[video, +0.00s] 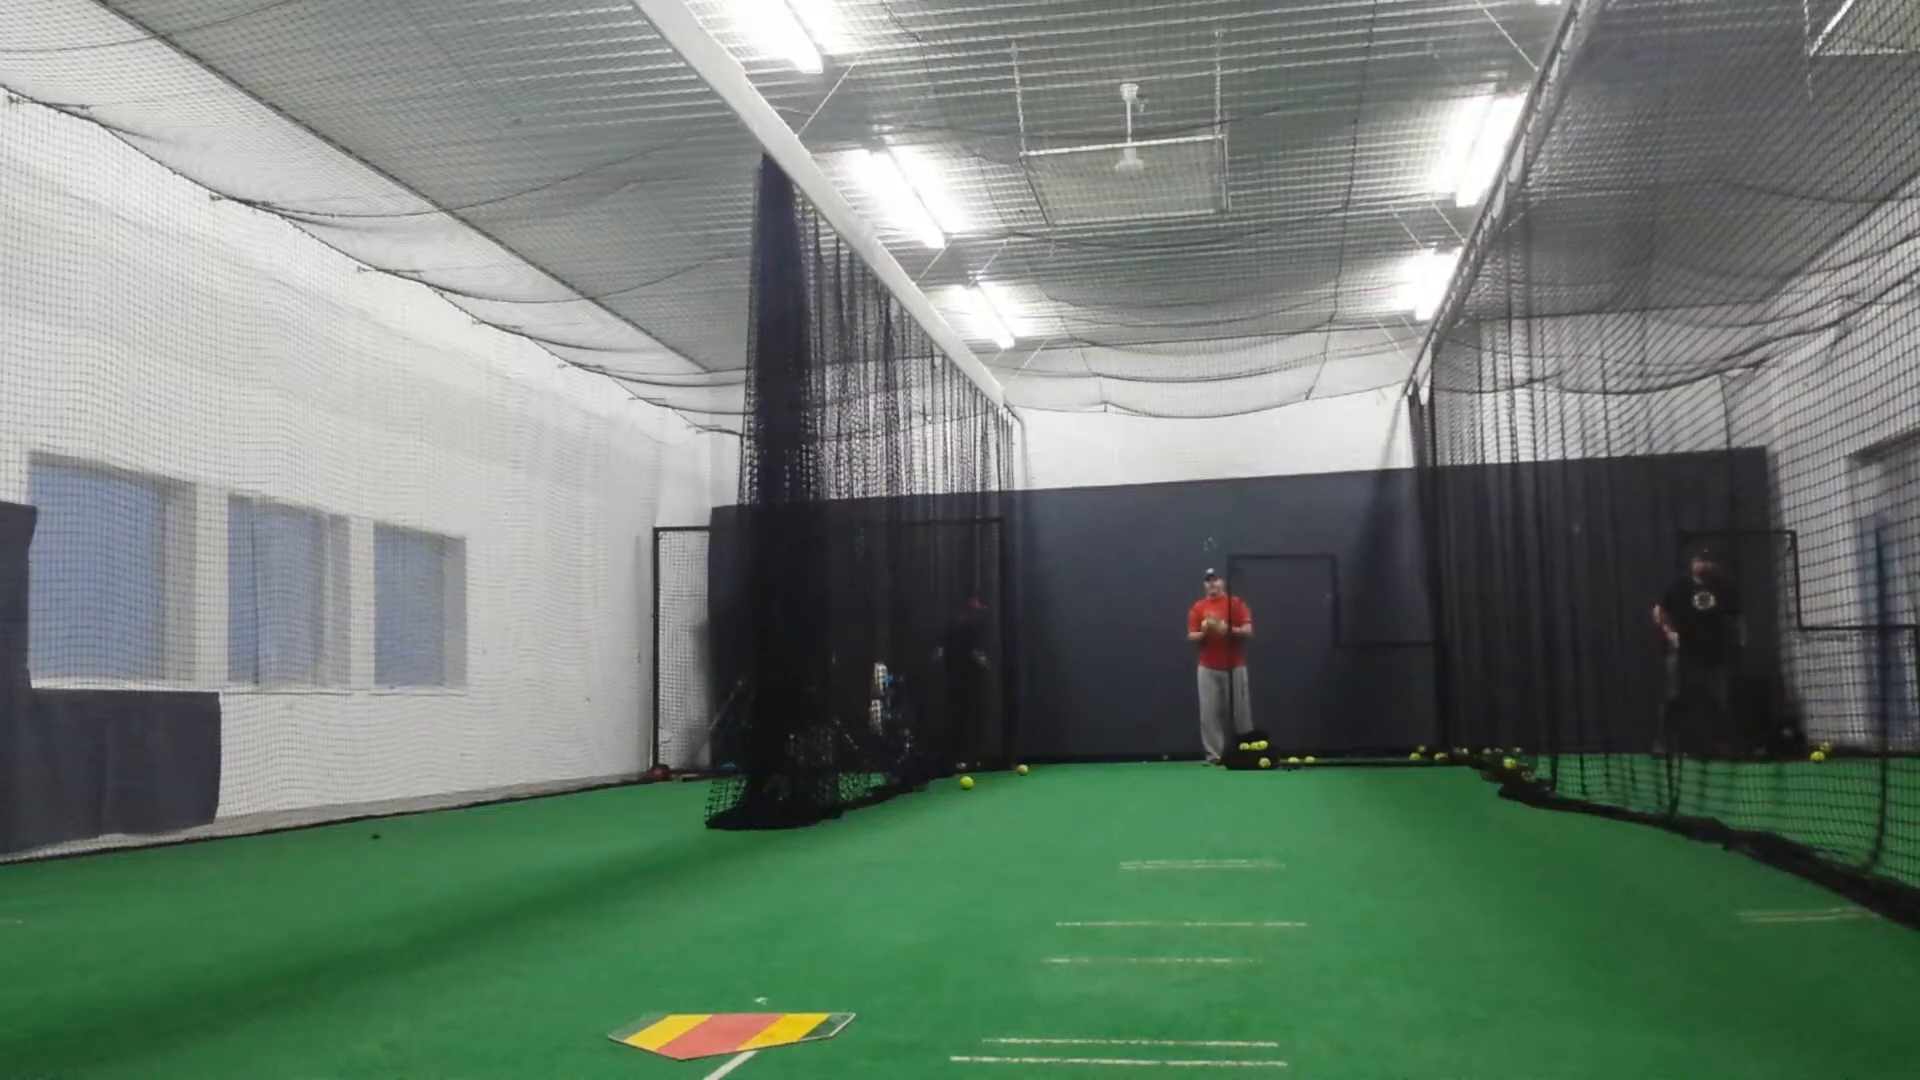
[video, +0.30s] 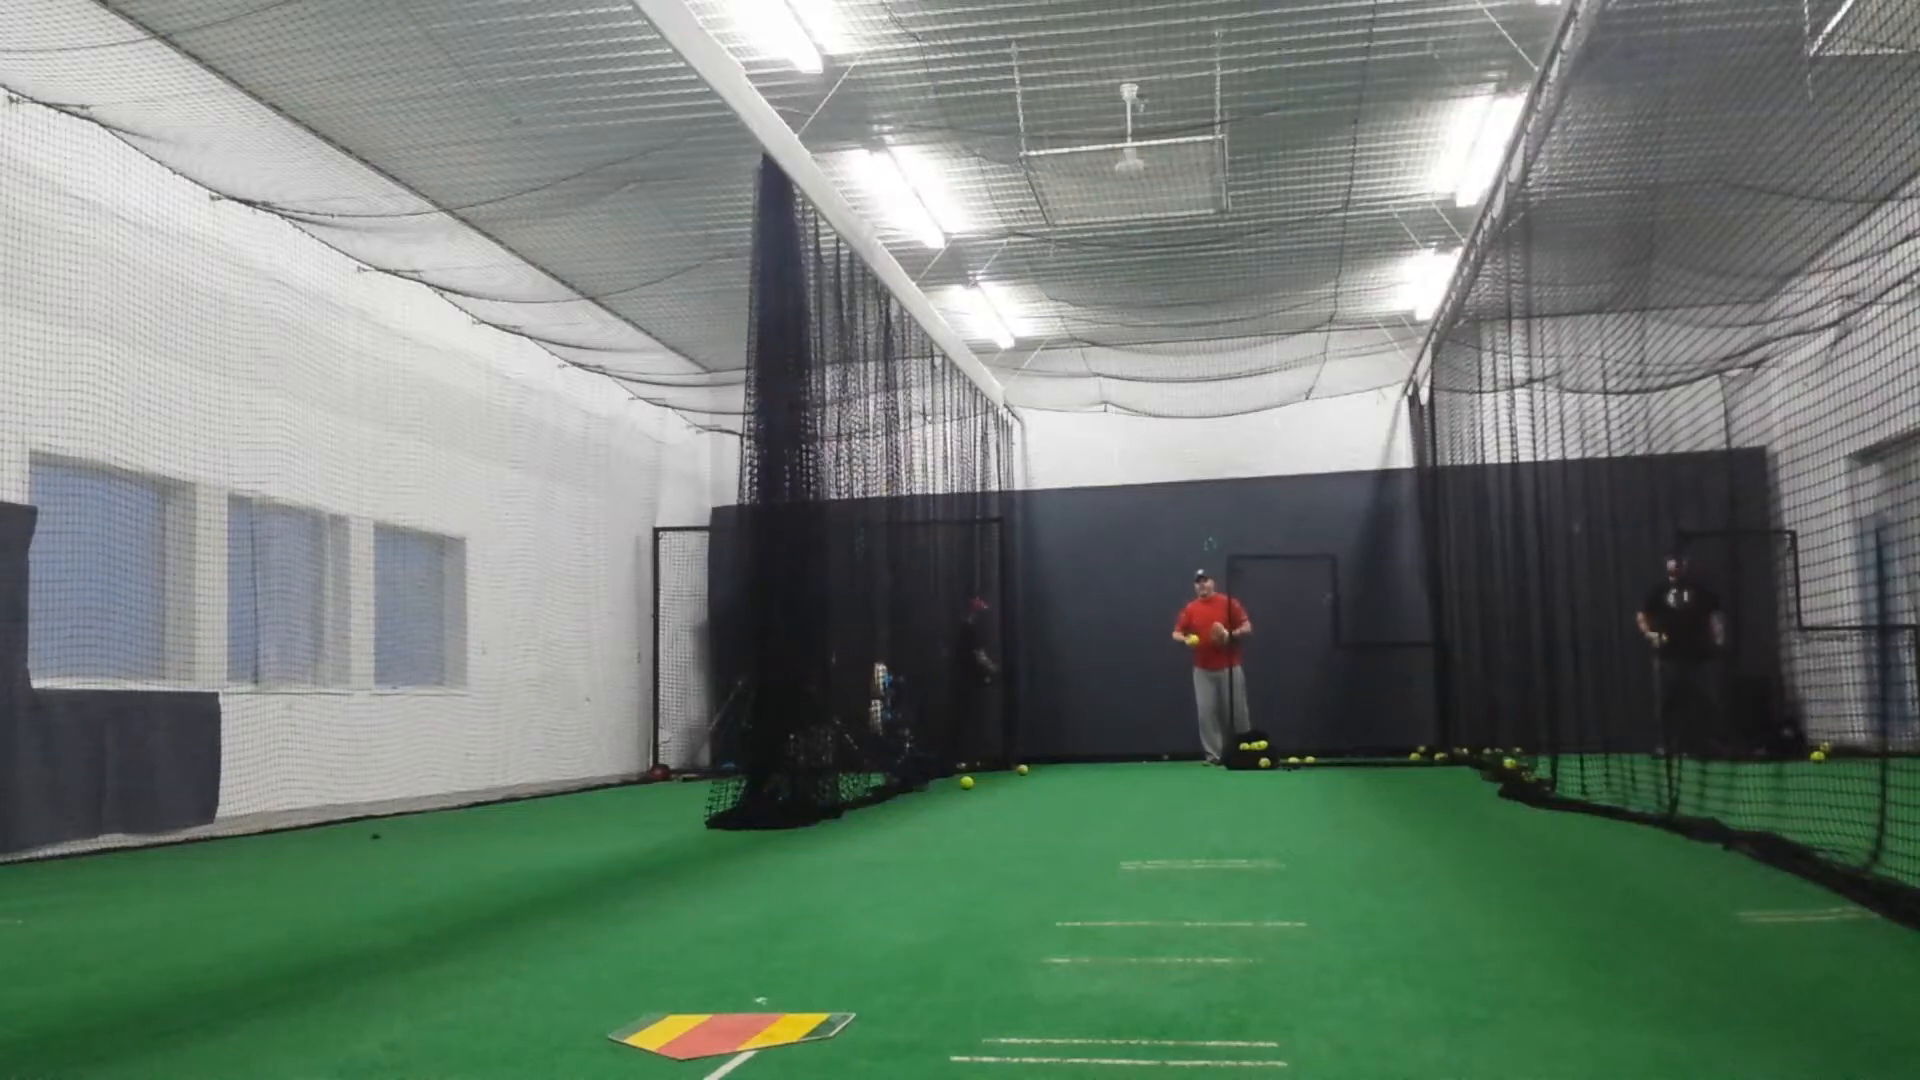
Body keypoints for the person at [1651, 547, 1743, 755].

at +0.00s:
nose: (1703, 572)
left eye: (1708, 567)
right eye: (1699, 567)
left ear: (1717, 568)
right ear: (1692, 567)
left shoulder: (1726, 589)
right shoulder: (1680, 588)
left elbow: (1737, 617)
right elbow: (1660, 612)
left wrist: (1739, 641)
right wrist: (1672, 633)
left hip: (1717, 650)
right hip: (1685, 650)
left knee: (1718, 699)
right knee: (1679, 696)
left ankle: (1720, 742)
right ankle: (1669, 741)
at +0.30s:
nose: (1675, 574)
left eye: (1678, 569)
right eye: (1671, 570)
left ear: (1686, 569)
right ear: (1666, 570)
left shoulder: (1700, 590)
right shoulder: (1658, 592)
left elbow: (1715, 616)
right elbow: (1642, 616)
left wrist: (1719, 639)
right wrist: (1651, 634)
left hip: (1697, 651)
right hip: (1667, 654)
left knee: (1699, 697)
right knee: (1665, 699)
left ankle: (1701, 743)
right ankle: (1664, 743)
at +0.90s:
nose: (1650, 570)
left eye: (1655, 565)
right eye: (1646, 565)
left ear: (1665, 567)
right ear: (1641, 567)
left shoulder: (1676, 589)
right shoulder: (1639, 592)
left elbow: (1687, 613)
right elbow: (1630, 621)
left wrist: (1686, 636)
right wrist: (1628, 642)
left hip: (1674, 645)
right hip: (1648, 647)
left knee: (1677, 694)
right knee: (1653, 696)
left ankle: (1682, 742)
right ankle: (1659, 743)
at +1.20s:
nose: (1639, 574)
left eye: (1644, 568)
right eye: (1637, 569)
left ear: (1655, 569)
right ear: (1635, 572)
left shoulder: (1667, 588)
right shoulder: (1643, 595)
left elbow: (1677, 613)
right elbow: (1627, 618)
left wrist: (1676, 639)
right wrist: (1602, 627)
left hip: (1669, 649)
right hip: (1649, 650)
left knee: (1672, 695)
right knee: (1653, 697)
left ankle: (1677, 744)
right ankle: (1658, 744)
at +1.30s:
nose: (1637, 576)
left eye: (1641, 571)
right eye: (1634, 572)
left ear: (1651, 571)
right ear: (1631, 574)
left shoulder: (1665, 590)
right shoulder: (1637, 594)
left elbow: (1677, 614)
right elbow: (1624, 610)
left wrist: (1677, 639)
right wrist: (1606, 611)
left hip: (1668, 648)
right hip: (1648, 649)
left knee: (1674, 695)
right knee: (1653, 697)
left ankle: (1681, 741)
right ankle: (1658, 743)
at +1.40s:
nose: (1637, 579)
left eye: (1640, 574)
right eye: (1633, 575)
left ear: (1648, 573)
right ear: (1629, 577)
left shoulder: (1661, 591)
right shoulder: (1635, 594)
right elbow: (1625, 605)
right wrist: (1610, 600)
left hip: (1671, 648)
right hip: (1650, 650)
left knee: (1674, 696)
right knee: (1654, 696)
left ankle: (1679, 741)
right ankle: (1659, 743)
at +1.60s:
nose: (1637, 591)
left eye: (1640, 586)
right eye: (1634, 587)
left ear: (1648, 584)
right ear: (1630, 588)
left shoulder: (1666, 599)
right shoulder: (1636, 603)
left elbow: (1694, 616)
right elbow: (1630, 621)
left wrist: (1699, 640)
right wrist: (1617, 624)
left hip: (1679, 651)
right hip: (1655, 652)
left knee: (1681, 697)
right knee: (1658, 696)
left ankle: (1685, 742)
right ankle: (1659, 743)